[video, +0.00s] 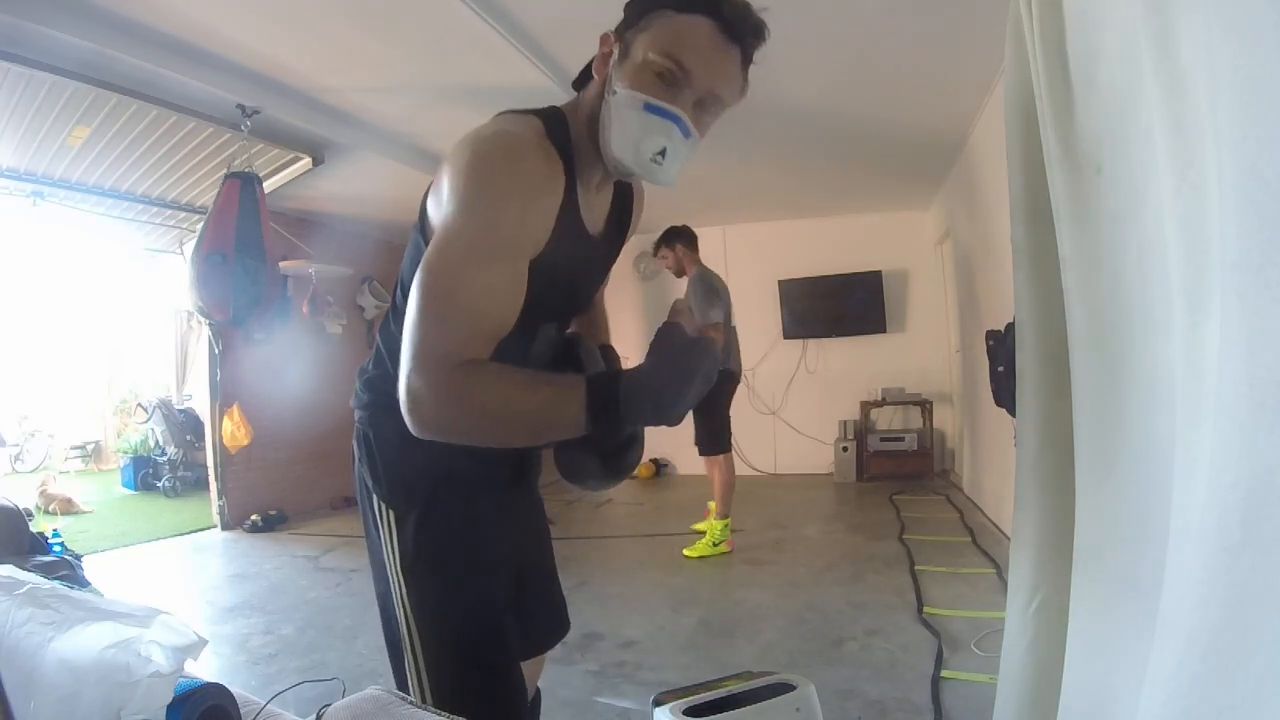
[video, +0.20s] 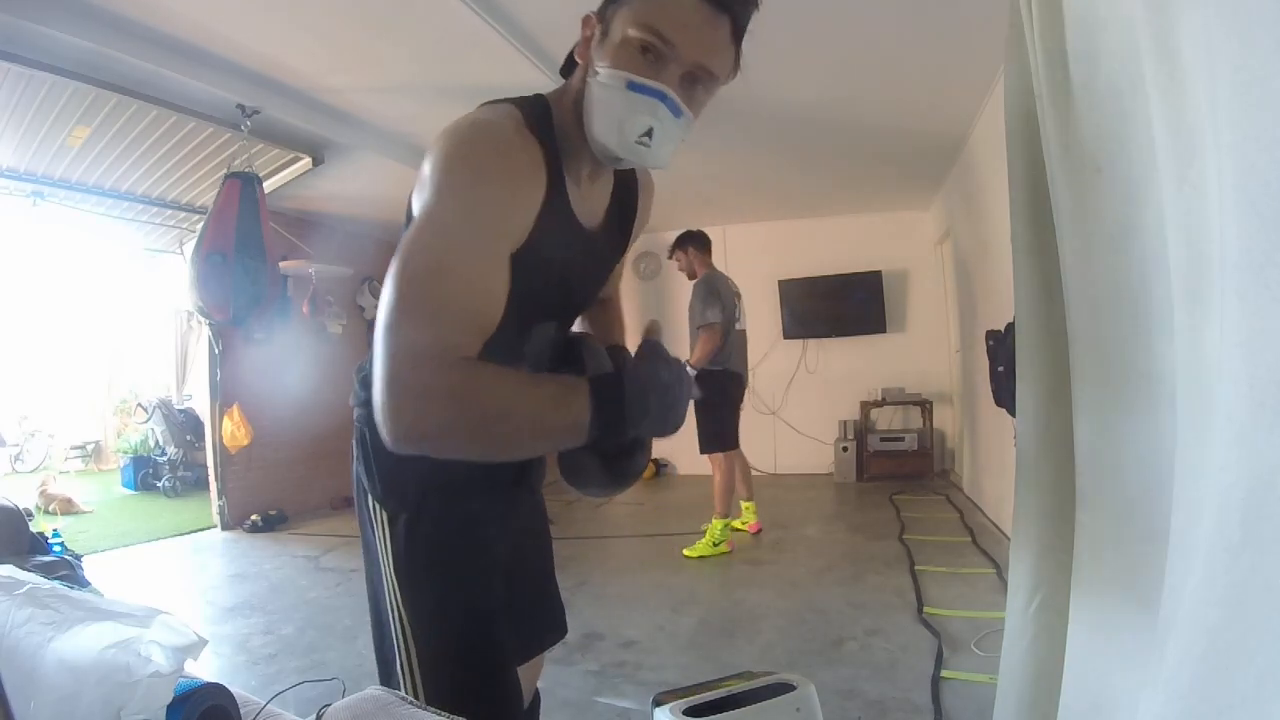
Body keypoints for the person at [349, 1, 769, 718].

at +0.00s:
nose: (679, 116)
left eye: (707, 107)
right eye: (666, 76)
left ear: (719, 120)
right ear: (608, 54)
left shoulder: (622, 195)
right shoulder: (506, 158)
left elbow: (583, 300)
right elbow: (433, 398)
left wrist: (603, 405)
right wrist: (636, 395)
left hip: (504, 434)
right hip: (421, 444)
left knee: (531, 636)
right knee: (480, 695)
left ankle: (521, 708)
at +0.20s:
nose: (666, 91)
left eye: (698, 79)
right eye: (649, 49)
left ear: (712, 95)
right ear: (591, 38)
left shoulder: (627, 185)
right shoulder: (488, 149)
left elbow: (600, 295)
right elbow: (414, 407)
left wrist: (615, 401)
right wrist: (612, 406)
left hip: (510, 443)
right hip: (424, 454)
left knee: (527, 651)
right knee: (467, 700)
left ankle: (519, 706)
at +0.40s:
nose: (637, 105)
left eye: (679, 85)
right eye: (617, 57)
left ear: (709, 95)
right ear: (564, 38)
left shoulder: (648, 196)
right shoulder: (464, 164)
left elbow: (628, 300)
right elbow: (387, 429)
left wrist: (632, 386)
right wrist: (572, 457)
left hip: (525, 457)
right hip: (427, 465)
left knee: (532, 664)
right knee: (468, 702)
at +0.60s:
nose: (622, 102)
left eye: (667, 80)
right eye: (600, 53)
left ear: (707, 84)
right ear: (553, 34)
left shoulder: (656, 194)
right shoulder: (453, 171)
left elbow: (640, 302)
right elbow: (368, 421)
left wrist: (641, 385)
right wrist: (547, 472)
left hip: (535, 456)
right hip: (431, 469)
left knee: (529, 678)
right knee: (472, 703)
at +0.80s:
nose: (626, 97)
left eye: (671, 74)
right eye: (603, 48)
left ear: (706, 77)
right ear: (554, 28)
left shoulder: (662, 193)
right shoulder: (448, 169)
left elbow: (650, 324)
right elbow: (380, 397)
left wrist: (638, 430)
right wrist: (482, 442)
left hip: (542, 455)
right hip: (431, 455)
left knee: (530, 679)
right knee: (476, 704)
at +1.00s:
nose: (616, 91)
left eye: (663, 66)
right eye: (592, 43)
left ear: (702, 72)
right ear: (544, 25)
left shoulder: (667, 190)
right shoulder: (443, 171)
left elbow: (659, 331)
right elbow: (384, 399)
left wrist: (647, 444)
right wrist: (468, 467)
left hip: (556, 463)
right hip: (435, 472)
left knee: (531, 683)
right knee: (480, 703)